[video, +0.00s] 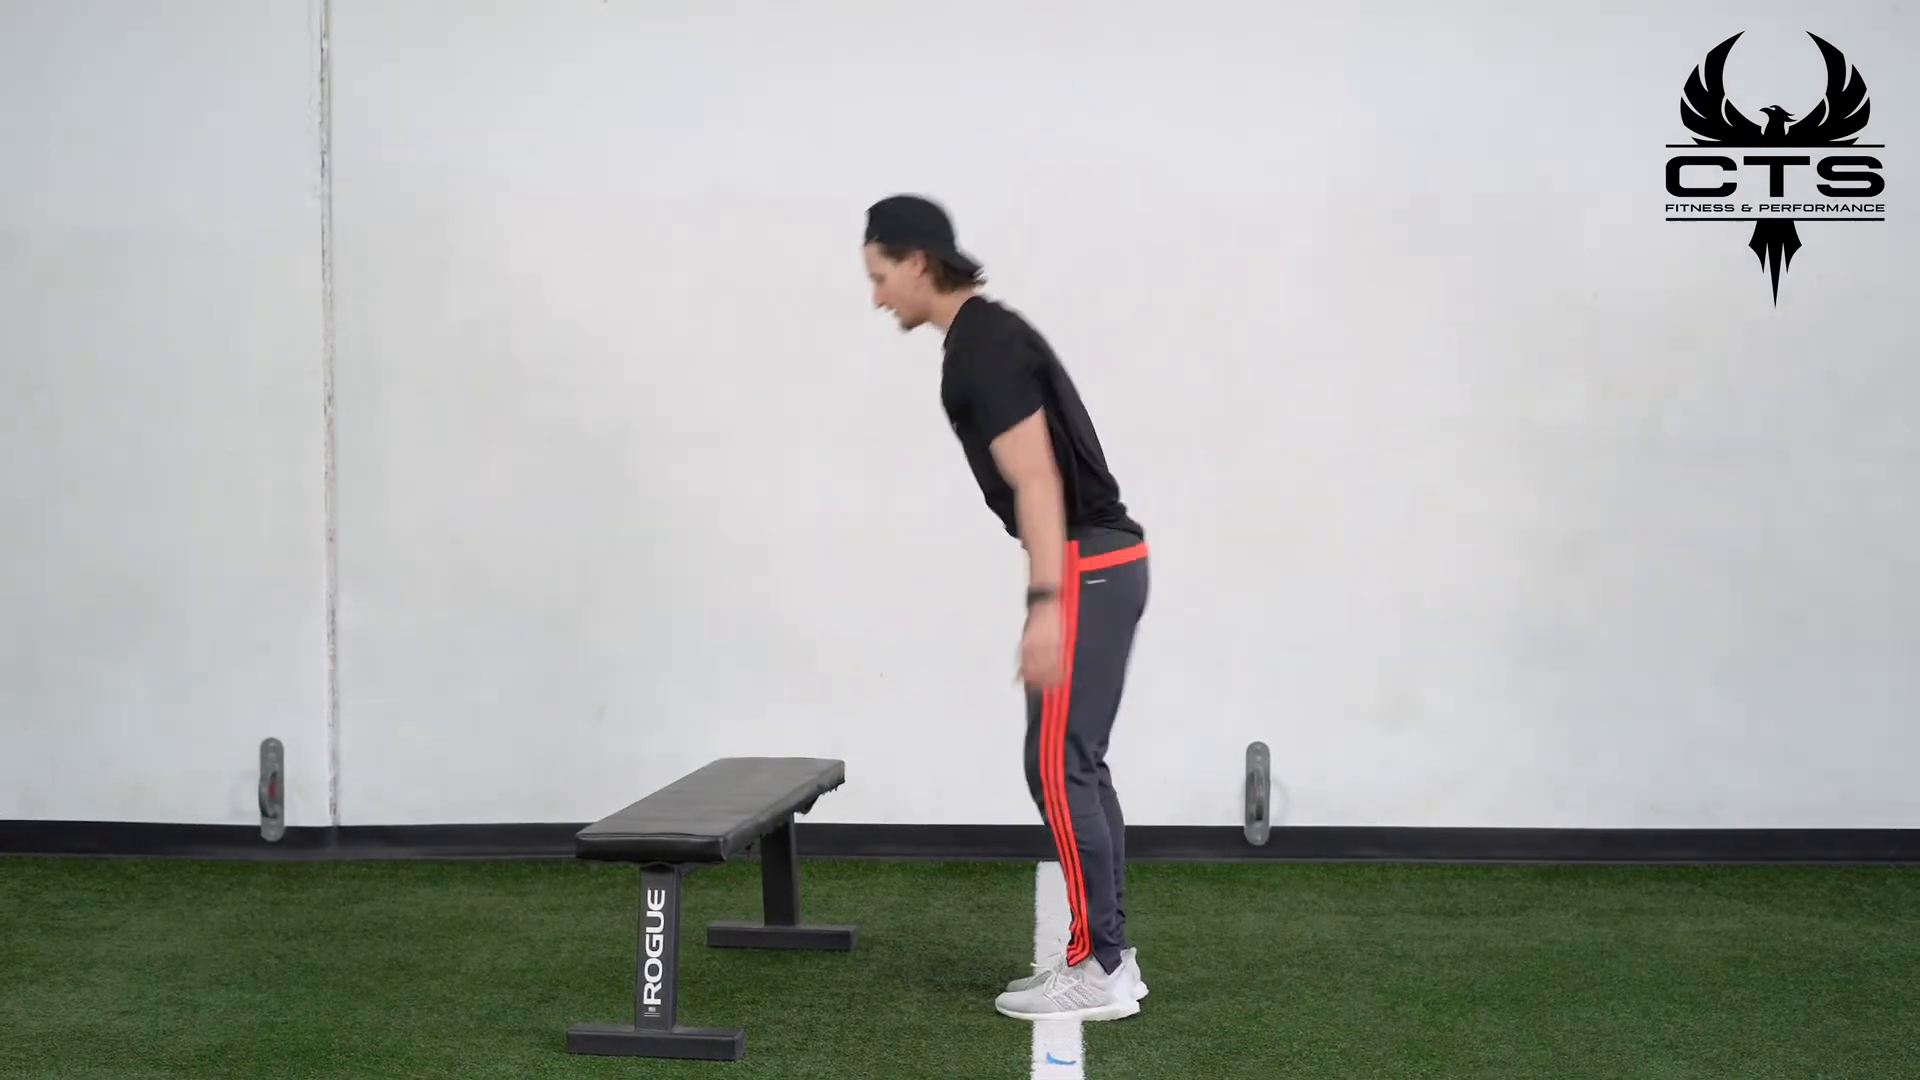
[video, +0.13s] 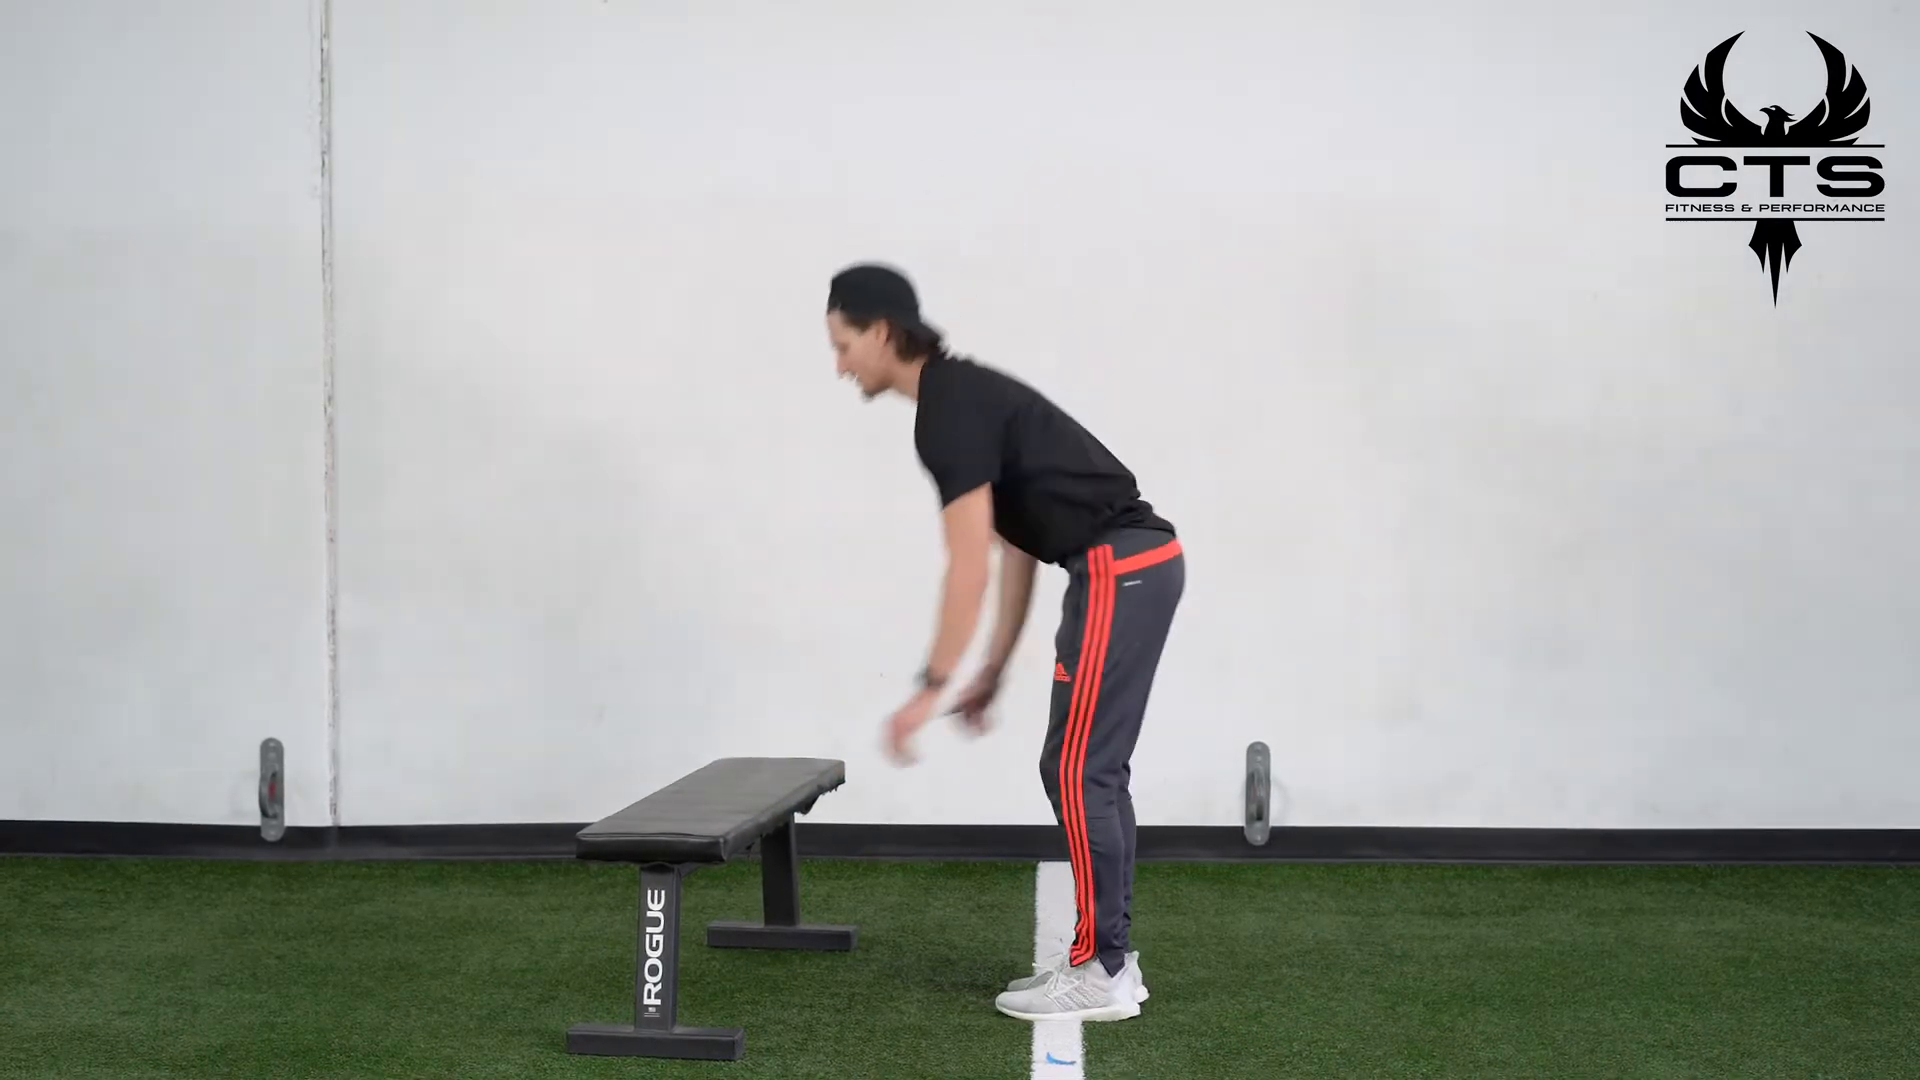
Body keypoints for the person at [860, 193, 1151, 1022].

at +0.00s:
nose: (874, 294)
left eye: (877, 275)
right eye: (871, 278)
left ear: (919, 262)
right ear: (917, 264)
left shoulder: (983, 346)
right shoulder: (978, 339)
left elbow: (1038, 479)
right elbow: (1042, 477)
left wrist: (1043, 603)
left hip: (1088, 568)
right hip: (1086, 565)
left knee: (1058, 765)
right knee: (1073, 762)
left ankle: (1102, 966)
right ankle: (1101, 954)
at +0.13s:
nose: (838, 361)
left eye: (841, 341)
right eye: (834, 344)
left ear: (887, 330)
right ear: (894, 333)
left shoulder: (949, 405)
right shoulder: (967, 391)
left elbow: (969, 558)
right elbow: (1017, 547)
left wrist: (932, 685)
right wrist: (991, 670)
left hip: (1123, 566)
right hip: (1118, 564)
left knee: (1077, 767)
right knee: (1081, 766)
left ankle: (1105, 969)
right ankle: (1102, 958)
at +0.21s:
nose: (825, 414)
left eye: (828, 394)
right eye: (820, 398)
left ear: (871, 381)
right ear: (881, 383)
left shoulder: (937, 450)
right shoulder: (958, 438)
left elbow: (920, 608)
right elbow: (974, 601)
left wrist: (851, 714)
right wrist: (909, 706)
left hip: (1135, 572)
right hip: (1142, 568)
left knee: (1070, 768)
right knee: (1094, 771)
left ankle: (1104, 970)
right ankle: (1107, 960)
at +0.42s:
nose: (803, 502)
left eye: (805, 482)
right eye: (798, 484)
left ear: (842, 467)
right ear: (850, 467)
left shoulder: (910, 517)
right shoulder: (930, 511)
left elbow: (849, 670)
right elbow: (883, 669)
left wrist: (770, 775)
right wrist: (803, 761)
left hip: (1137, 570)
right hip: (1145, 566)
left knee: (1051, 760)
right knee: (1082, 764)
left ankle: (1136, 945)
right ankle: (1114, 946)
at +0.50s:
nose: (784, 519)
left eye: (787, 501)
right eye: (780, 503)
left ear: (827, 484)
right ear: (828, 484)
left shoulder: (890, 531)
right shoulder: (911, 523)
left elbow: (851, 683)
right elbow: (886, 675)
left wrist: (779, 786)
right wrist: (813, 768)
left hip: (1122, 573)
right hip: (1123, 570)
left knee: (1072, 773)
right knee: (1076, 774)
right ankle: (1104, 959)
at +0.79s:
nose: (757, 523)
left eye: (760, 506)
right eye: (753, 508)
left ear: (801, 491)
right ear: (813, 489)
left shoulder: (863, 535)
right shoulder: (891, 535)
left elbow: (837, 687)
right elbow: (876, 682)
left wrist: (770, 792)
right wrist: (807, 769)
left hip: (1099, 592)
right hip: (1081, 605)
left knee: (1194, 780)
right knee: (1018, 757)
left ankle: (1346, 935)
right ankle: (1093, 938)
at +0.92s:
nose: (758, 523)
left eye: (762, 507)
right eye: (754, 509)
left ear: (804, 492)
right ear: (814, 490)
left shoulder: (861, 541)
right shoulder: (887, 534)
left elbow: (846, 688)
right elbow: (881, 685)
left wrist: (772, 791)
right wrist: (808, 768)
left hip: (1098, 598)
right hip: (1077, 610)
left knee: (1201, 781)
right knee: (1023, 755)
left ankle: (1351, 936)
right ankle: (1162, 885)